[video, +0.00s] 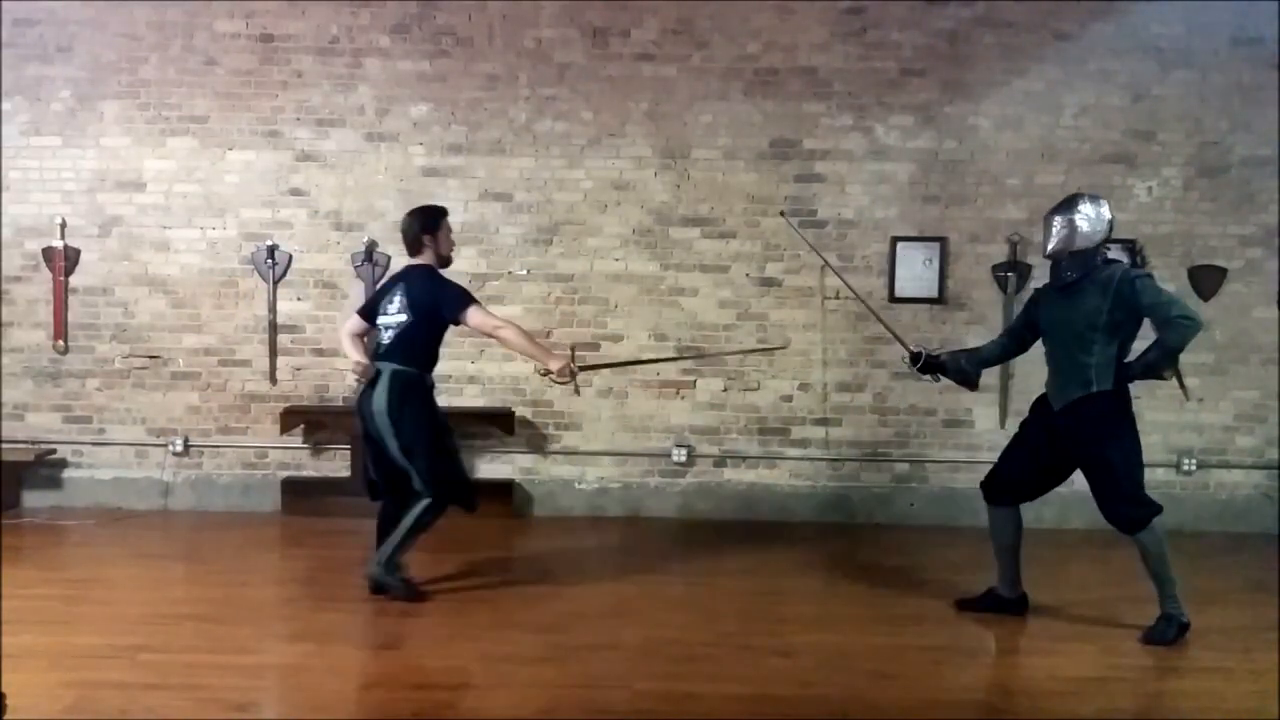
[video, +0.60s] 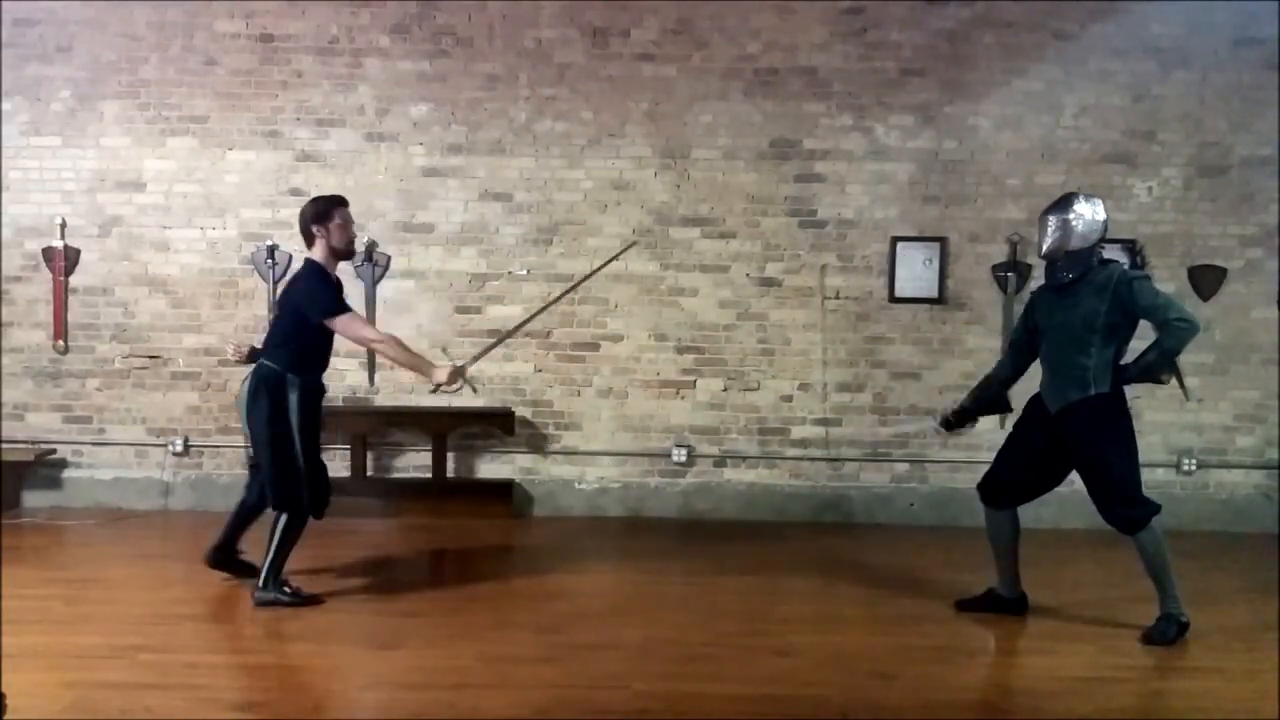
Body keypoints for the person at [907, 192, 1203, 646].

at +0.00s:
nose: (1053, 238)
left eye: (1064, 227)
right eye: (1053, 228)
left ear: (1089, 230)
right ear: (1056, 232)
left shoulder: (1123, 280)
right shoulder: (1046, 297)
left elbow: (1184, 323)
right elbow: (1007, 345)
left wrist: (1135, 370)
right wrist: (942, 361)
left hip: (1104, 413)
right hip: (1053, 415)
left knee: (1131, 510)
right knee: (1000, 490)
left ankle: (1173, 612)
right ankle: (1008, 592)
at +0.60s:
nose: (1048, 239)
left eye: (1059, 228)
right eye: (1048, 229)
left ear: (1083, 231)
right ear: (1050, 232)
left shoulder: (1119, 282)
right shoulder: (1043, 299)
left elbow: (1182, 324)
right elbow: (1011, 364)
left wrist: (1136, 370)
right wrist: (968, 408)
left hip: (1100, 414)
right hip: (1048, 416)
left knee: (1129, 511)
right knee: (996, 493)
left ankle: (1172, 612)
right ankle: (1008, 592)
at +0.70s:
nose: (1045, 241)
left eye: (1055, 231)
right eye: (1045, 230)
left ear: (1080, 232)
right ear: (1051, 232)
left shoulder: (1116, 281)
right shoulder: (1042, 300)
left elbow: (1181, 324)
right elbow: (1018, 373)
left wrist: (1135, 370)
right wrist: (987, 425)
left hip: (1098, 416)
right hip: (1046, 417)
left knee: (1129, 509)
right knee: (995, 492)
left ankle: (1173, 612)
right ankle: (1008, 592)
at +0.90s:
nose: (1038, 241)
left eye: (1047, 232)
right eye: (1038, 231)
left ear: (1071, 233)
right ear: (1047, 233)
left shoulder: (1110, 280)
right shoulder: (1047, 278)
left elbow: (1174, 321)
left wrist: (1134, 370)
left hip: (1095, 412)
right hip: (1047, 410)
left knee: (1130, 510)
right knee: (995, 493)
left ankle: (1174, 612)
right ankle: (1008, 592)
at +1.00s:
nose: (1035, 241)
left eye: (1044, 232)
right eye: (1035, 232)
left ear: (1069, 233)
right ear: (1045, 233)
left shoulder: (1105, 280)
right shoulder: (1046, 278)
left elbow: (1168, 318)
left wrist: (1133, 367)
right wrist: (1009, 276)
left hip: (1096, 413)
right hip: (1049, 411)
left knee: (1131, 511)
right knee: (996, 494)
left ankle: (1177, 613)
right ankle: (1008, 592)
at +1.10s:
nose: (1034, 241)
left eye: (1041, 233)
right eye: (1033, 232)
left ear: (1066, 234)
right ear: (1054, 233)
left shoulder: (1100, 280)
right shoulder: (1050, 281)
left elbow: (1161, 321)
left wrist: (1128, 369)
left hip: (1095, 415)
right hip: (1051, 413)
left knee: (1131, 511)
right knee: (995, 494)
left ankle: (1180, 613)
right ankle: (1008, 592)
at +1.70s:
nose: (1035, 243)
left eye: (1042, 234)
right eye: (1035, 234)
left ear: (1067, 235)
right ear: (1057, 235)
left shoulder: (1101, 283)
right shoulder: (1052, 283)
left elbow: (1158, 322)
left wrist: (1130, 370)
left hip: (1094, 416)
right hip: (1050, 414)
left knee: (1131, 511)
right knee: (995, 492)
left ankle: (1180, 614)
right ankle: (1008, 593)